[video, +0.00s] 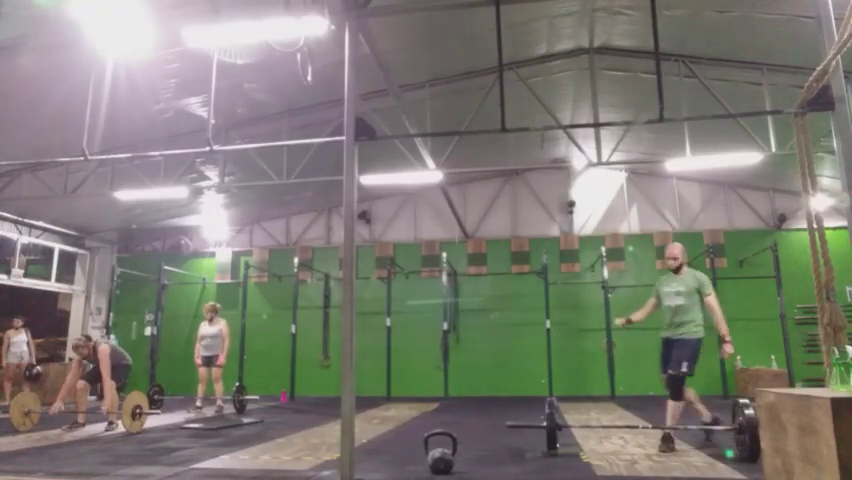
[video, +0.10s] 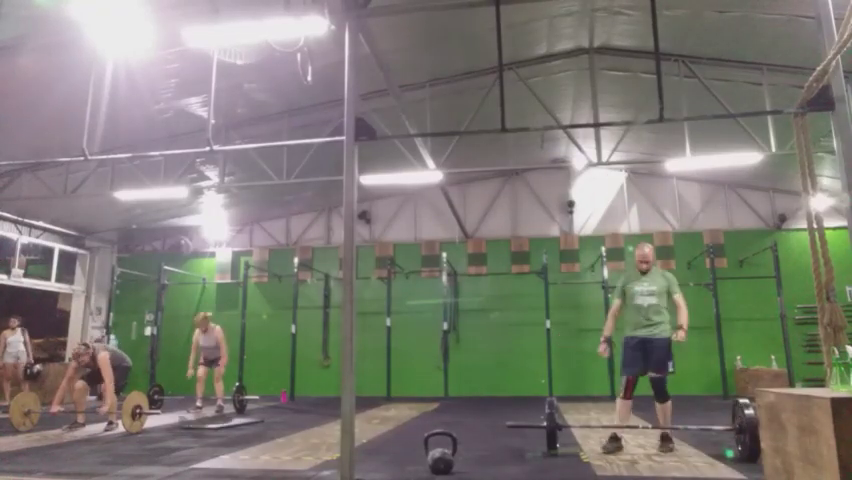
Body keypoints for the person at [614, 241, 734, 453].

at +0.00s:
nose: (671, 262)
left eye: (675, 258)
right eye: (668, 259)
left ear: (684, 258)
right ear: (665, 260)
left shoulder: (698, 278)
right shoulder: (662, 282)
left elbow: (714, 309)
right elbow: (647, 309)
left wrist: (725, 338)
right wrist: (628, 319)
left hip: (690, 335)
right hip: (669, 336)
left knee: (675, 381)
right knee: (672, 383)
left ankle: (668, 434)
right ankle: (709, 418)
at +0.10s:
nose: (643, 264)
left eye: (647, 261)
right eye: (640, 261)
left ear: (653, 259)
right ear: (635, 259)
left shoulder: (666, 278)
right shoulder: (626, 279)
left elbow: (680, 304)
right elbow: (614, 310)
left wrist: (682, 327)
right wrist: (605, 337)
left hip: (659, 338)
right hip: (633, 338)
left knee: (659, 385)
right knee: (627, 385)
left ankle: (665, 435)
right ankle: (617, 435)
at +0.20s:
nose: (629, 264)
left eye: (632, 260)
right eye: (625, 260)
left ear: (638, 258)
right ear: (618, 258)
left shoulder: (648, 275)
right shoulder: (608, 277)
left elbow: (658, 304)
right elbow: (597, 306)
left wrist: (669, 333)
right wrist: (591, 331)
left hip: (646, 337)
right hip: (618, 337)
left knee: (656, 387)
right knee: (617, 388)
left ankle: (670, 438)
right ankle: (615, 437)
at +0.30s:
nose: (636, 254)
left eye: (639, 251)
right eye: (632, 251)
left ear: (644, 252)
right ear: (625, 253)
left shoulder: (657, 275)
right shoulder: (617, 278)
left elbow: (673, 305)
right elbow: (609, 310)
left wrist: (682, 332)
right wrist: (603, 337)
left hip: (656, 336)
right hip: (627, 337)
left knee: (662, 387)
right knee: (623, 386)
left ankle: (671, 438)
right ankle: (613, 437)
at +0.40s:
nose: (626, 250)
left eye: (630, 247)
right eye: (623, 247)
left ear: (638, 250)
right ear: (619, 251)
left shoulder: (653, 275)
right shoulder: (611, 277)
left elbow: (667, 307)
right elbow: (602, 308)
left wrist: (674, 335)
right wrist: (600, 335)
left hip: (649, 336)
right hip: (620, 337)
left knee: (658, 388)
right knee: (618, 388)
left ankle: (670, 438)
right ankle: (612, 438)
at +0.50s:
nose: (624, 260)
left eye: (627, 256)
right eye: (620, 256)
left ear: (635, 255)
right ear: (616, 256)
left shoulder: (650, 273)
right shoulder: (609, 278)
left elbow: (668, 305)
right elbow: (600, 311)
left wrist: (674, 334)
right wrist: (596, 340)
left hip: (648, 337)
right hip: (619, 337)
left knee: (658, 388)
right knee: (617, 388)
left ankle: (670, 438)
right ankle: (612, 438)